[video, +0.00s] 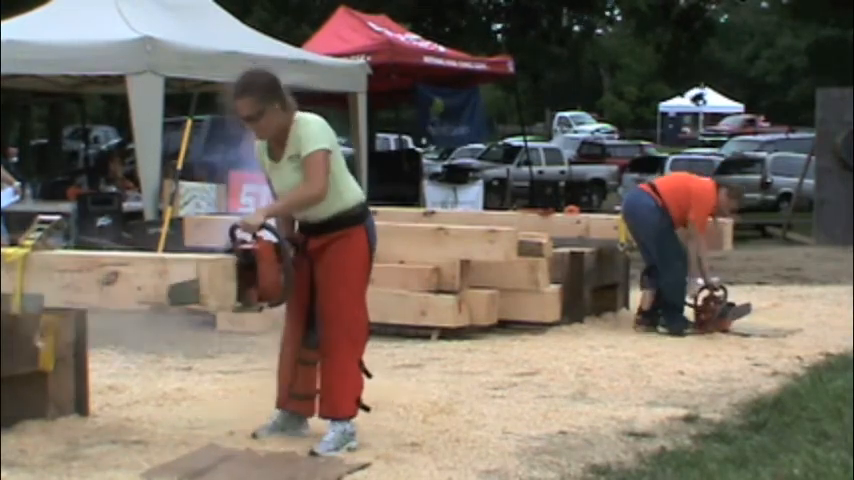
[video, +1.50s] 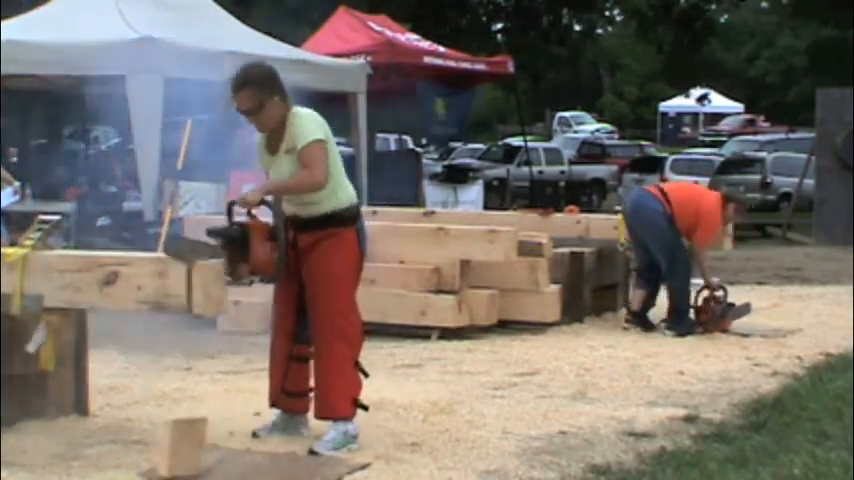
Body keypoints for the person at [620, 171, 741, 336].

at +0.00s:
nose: (729, 212)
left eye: (733, 208)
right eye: (731, 206)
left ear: (722, 191)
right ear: (724, 193)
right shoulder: (706, 193)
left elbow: (691, 240)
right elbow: (698, 241)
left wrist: (693, 278)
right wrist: (707, 278)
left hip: (635, 201)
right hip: (649, 207)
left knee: (658, 264)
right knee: (676, 262)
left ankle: (648, 314)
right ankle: (673, 320)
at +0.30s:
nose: (735, 230)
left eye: (739, 227)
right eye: (738, 224)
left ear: (731, 211)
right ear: (732, 213)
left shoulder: (708, 203)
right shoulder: (714, 212)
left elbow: (698, 252)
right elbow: (703, 261)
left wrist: (705, 283)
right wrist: (705, 305)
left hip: (640, 200)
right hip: (654, 206)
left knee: (657, 265)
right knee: (680, 267)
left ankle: (647, 314)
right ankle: (678, 322)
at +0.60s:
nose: (737, 235)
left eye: (742, 234)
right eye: (741, 231)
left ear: (737, 216)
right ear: (739, 218)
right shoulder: (721, 213)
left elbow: (698, 252)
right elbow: (705, 261)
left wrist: (708, 281)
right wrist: (707, 307)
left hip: (645, 200)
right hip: (659, 206)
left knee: (656, 264)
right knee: (681, 268)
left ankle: (647, 313)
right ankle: (679, 321)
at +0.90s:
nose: (738, 231)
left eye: (742, 229)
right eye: (742, 227)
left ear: (737, 214)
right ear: (739, 216)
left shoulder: (716, 206)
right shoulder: (721, 212)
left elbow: (701, 253)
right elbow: (706, 261)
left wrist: (707, 288)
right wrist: (706, 309)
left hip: (645, 200)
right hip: (657, 207)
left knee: (657, 265)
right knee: (680, 266)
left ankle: (647, 313)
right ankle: (679, 321)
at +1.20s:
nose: (738, 220)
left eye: (743, 218)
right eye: (741, 216)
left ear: (734, 205)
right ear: (736, 206)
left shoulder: (714, 199)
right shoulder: (717, 203)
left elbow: (699, 245)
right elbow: (698, 244)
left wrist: (707, 279)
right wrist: (696, 278)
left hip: (642, 199)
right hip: (655, 205)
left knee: (654, 264)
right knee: (674, 268)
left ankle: (644, 312)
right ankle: (678, 321)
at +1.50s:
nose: (733, 219)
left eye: (737, 215)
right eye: (735, 214)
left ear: (726, 203)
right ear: (730, 207)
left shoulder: (707, 197)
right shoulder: (714, 214)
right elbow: (697, 250)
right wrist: (708, 280)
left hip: (636, 200)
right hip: (654, 210)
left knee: (649, 266)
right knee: (678, 267)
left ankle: (636, 313)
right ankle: (678, 321)